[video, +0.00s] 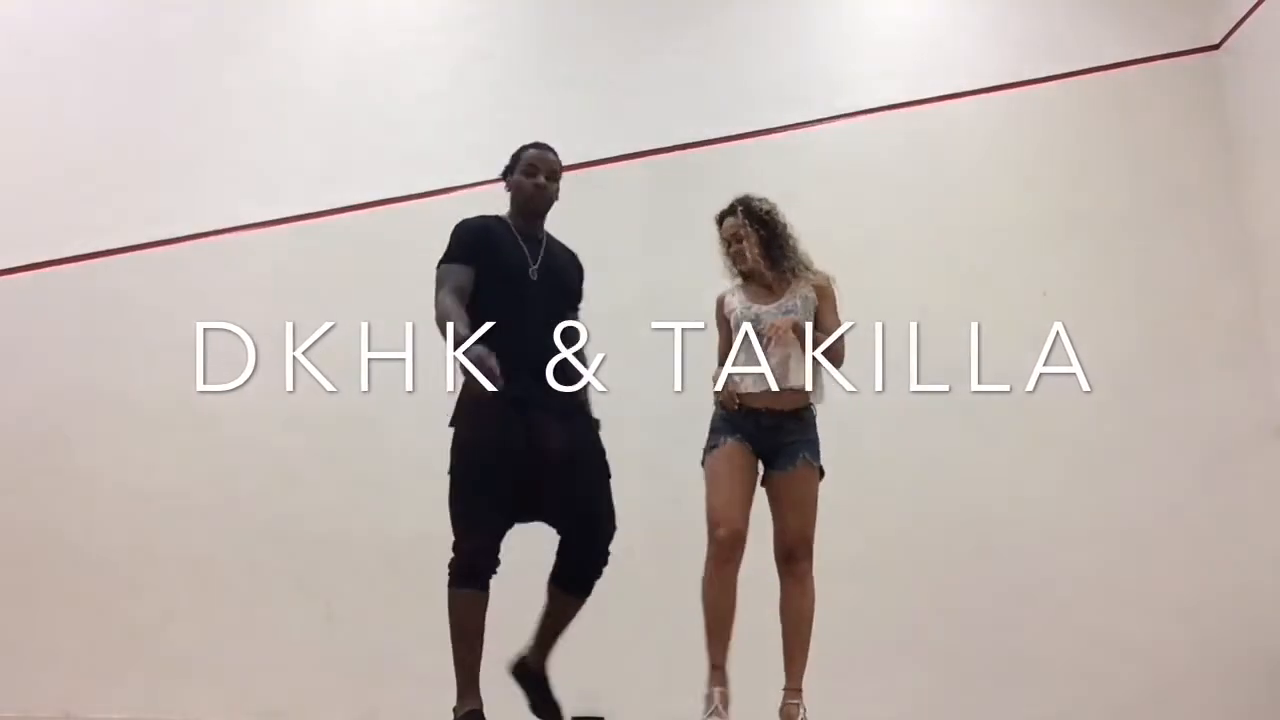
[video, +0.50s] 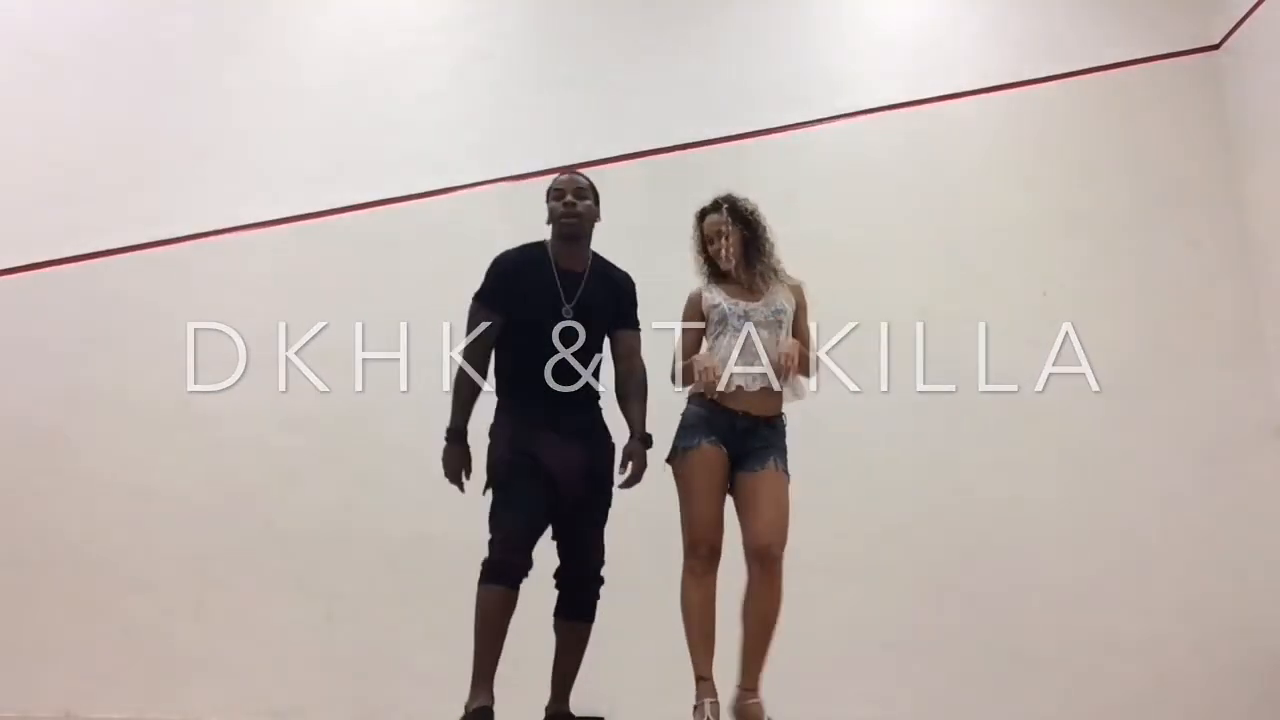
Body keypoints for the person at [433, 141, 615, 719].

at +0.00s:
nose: (538, 181)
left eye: (548, 175)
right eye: (528, 171)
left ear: (560, 189)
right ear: (507, 181)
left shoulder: (567, 263)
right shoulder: (476, 233)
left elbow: (567, 345)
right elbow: (448, 298)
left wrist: (582, 410)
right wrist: (467, 346)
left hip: (561, 423)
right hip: (490, 419)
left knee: (590, 539)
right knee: (474, 552)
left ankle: (535, 661)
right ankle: (468, 699)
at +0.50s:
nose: (569, 204)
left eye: (580, 197)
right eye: (559, 197)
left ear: (598, 213)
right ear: (546, 211)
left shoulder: (615, 284)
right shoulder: (511, 269)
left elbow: (628, 365)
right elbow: (476, 356)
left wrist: (638, 431)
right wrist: (457, 433)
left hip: (585, 441)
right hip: (520, 437)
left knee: (582, 575)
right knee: (506, 560)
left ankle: (559, 704)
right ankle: (480, 698)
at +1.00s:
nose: (506, 211)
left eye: (518, 206)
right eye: (497, 204)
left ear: (533, 222)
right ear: (482, 218)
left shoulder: (561, 278)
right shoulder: (464, 291)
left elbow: (602, 355)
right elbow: (455, 376)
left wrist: (604, 435)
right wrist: (436, 455)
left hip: (564, 446)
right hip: (499, 445)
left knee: (569, 581)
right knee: (464, 576)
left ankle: (560, 707)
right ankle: (440, 703)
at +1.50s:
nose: (478, 208)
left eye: (490, 207)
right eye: (469, 204)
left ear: (502, 230)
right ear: (452, 222)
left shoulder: (520, 288)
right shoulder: (422, 285)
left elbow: (552, 371)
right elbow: (405, 358)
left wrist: (539, 445)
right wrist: (429, 397)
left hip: (505, 428)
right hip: (446, 428)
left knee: (479, 534)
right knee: (437, 557)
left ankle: (507, 670)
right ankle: (437, 703)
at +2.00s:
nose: (501, 210)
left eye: (512, 207)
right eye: (491, 206)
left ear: (526, 230)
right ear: (476, 228)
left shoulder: (543, 300)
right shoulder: (448, 272)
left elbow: (559, 377)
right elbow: (403, 346)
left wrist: (515, 390)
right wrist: (378, 419)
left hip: (504, 456)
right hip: (438, 452)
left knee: (497, 577)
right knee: (425, 569)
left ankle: (465, 703)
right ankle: (432, 689)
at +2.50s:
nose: (478, 185)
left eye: (489, 181)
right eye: (468, 181)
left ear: (505, 200)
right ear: (453, 200)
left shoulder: (533, 261)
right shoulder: (425, 263)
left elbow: (559, 321)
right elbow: (388, 331)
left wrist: (535, 367)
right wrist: (413, 376)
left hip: (503, 434)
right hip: (438, 430)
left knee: (484, 570)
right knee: (425, 558)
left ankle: (465, 702)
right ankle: (415, 687)